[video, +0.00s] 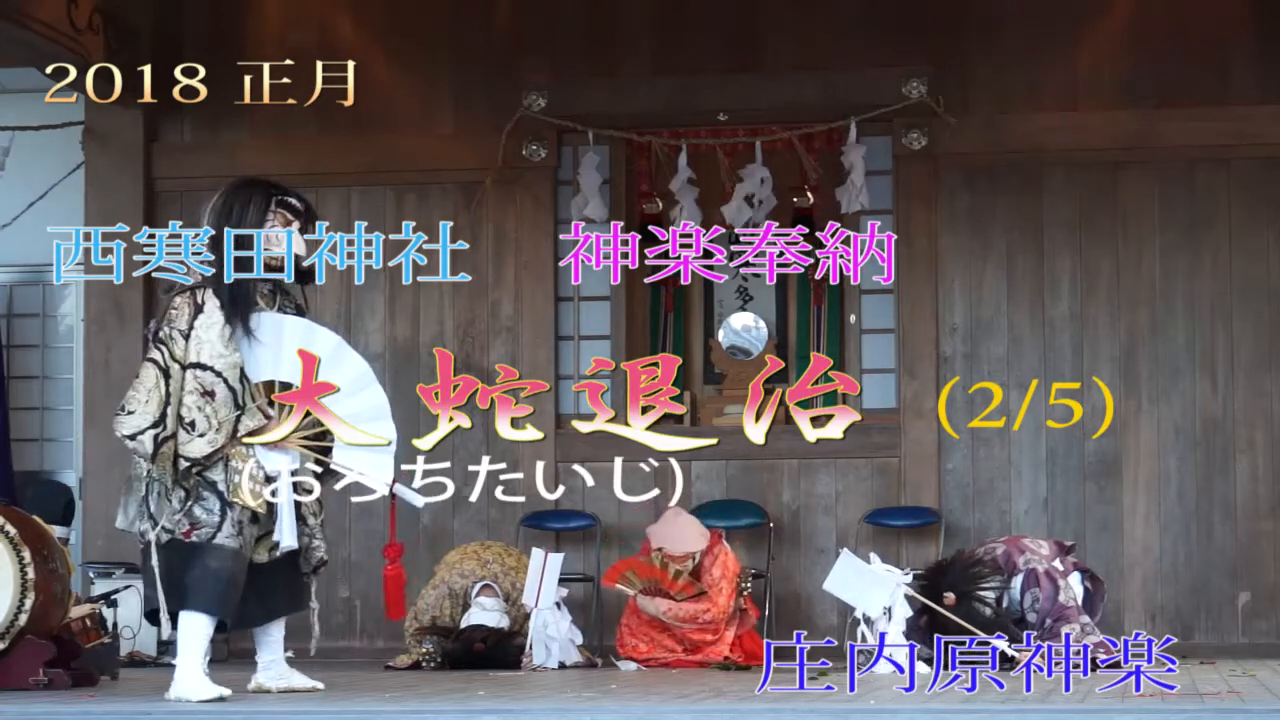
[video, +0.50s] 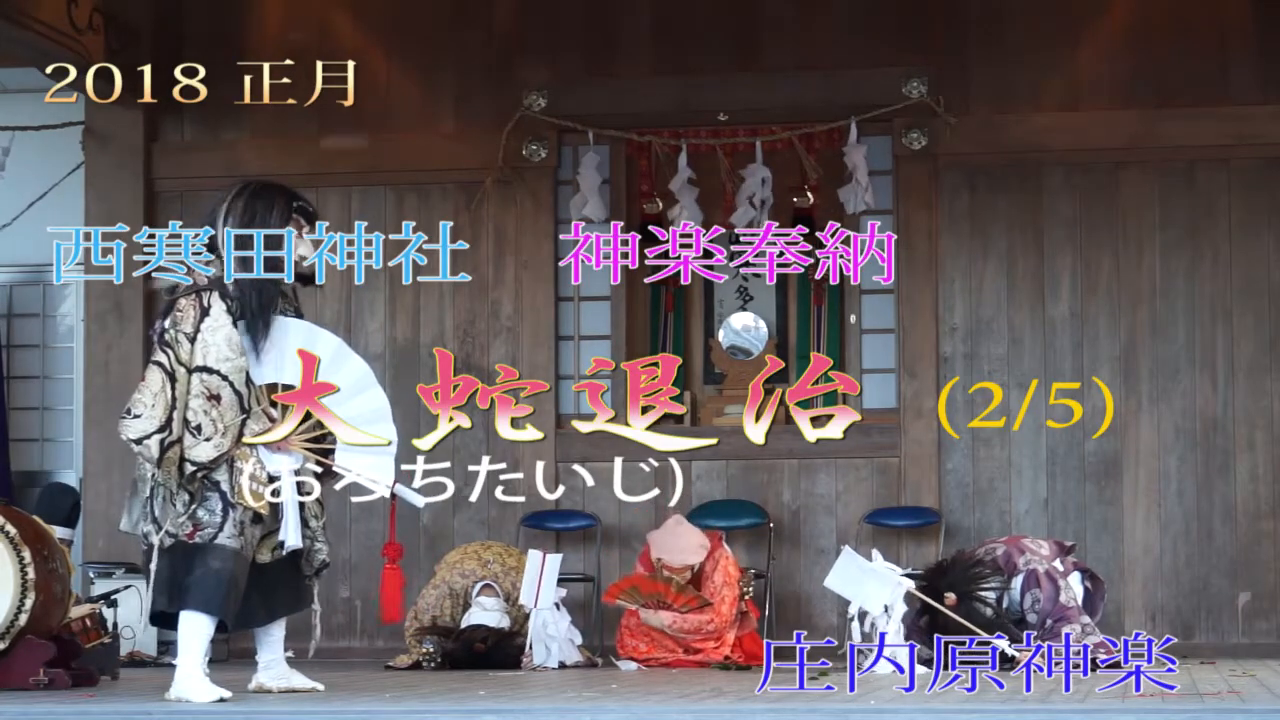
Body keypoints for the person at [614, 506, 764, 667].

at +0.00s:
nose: (678, 566)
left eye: (684, 559)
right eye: (671, 560)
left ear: (696, 551)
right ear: (661, 553)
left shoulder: (718, 555)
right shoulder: (651, 555)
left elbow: (716, 611)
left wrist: (659, 608)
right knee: (634, 618)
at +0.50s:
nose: (675, 579)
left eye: (681, 573)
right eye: (669, 573)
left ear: (695, 564)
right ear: (658, 562)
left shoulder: (719, 560)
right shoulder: (647, 559)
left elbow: (718, 621)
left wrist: (662, 620)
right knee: (630, 625)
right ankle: (711, 654)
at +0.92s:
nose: (680, 582)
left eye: (685, 576)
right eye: (672, 577)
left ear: (696, 566)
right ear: (659, 566)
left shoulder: (719, 562)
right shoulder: (647, 562)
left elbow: (720, 625)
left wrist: (666, 625)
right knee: (631, 642)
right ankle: (712, 654)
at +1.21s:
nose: (680, 584)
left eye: (685, 578)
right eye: (673, 579)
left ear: (696, 569)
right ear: (659, 569)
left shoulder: (719, 564)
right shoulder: (646, 563)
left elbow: (719, 627)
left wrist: (665, 627)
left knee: (719, 647)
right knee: (631, 643)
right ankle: (710, 653)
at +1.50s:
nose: (680, 586)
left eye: (685, 580)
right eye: (673, 581)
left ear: (696, 570)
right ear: (659, 571)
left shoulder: (719, 566)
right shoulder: (645, 567)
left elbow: (720, 629)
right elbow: (630, 643)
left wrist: (667, 631)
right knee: (631, 643)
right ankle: (711, 655)